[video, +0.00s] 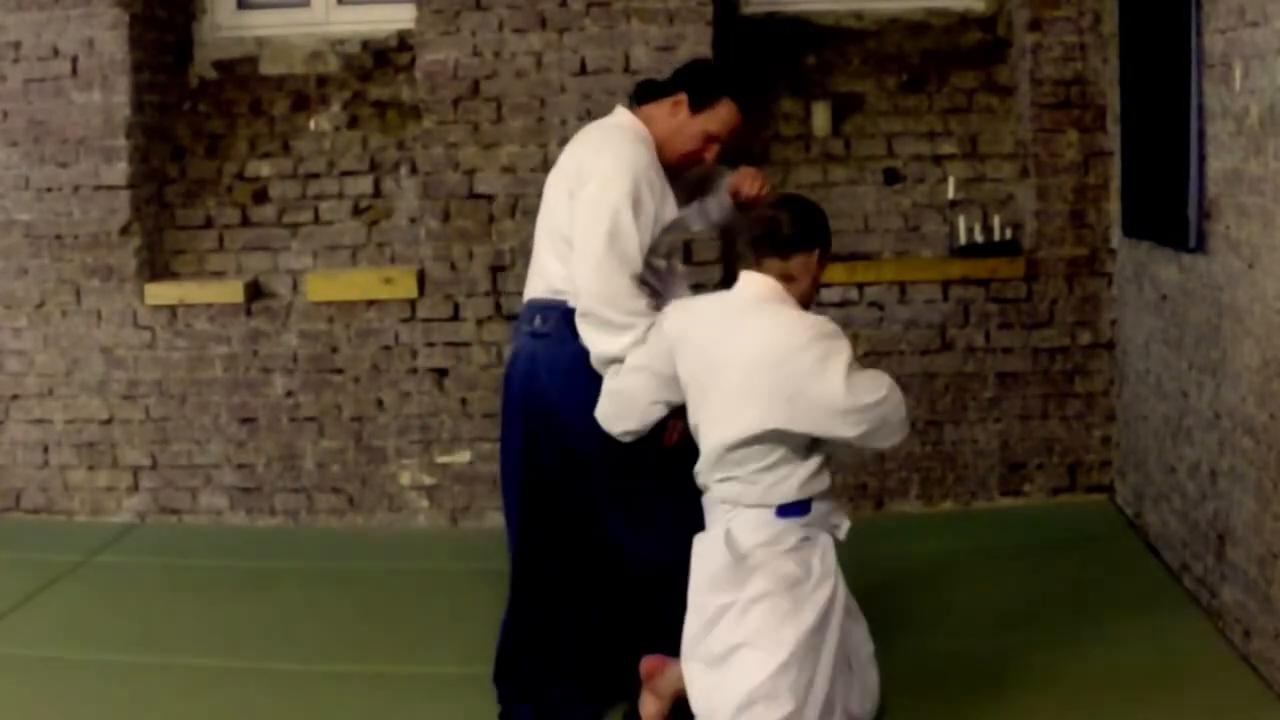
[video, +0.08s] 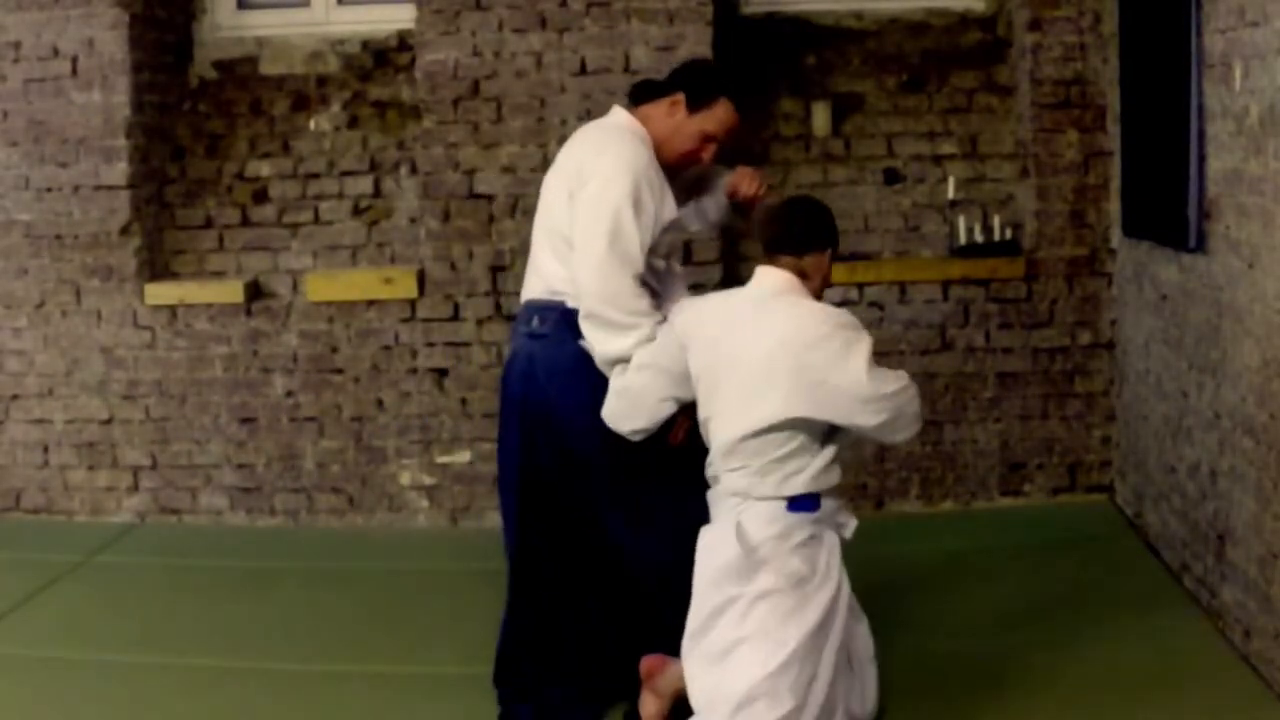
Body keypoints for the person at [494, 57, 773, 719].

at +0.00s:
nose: (708, 158)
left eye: (719, 147)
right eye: (709, 138)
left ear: (670, 107)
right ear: (678, 105)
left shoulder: (612, 145)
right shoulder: (620, 157)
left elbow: (657, 229)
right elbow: (604, 289)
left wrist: (725, 201)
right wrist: (658, 391)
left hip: (558, 352)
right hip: (579, 360)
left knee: (564, 540)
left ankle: (548, 694)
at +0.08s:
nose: (706, 157)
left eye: (716, 146)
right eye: (706, 138)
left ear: (667, 107)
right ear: (675, 105)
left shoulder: (604, 144)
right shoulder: (620, 159)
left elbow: (657, 228)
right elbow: (606, 293)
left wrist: (723, 200)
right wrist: (661, 392)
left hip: (550, 352)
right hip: (581, 360)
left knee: (560, 539)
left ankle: (545, 693)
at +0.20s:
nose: (704, 157)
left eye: (714, 146)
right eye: (704, 137)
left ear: (664, 108)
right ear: (672, 106)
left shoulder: (595, 143)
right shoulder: (621, 159)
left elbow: (655, 227)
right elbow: (614, 296)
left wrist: (720, 199)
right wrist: (669, 388)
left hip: (539, 353)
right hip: (580, 359)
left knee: (556, 544)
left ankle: (544, 694)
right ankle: (663, 675)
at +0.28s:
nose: (703, 157)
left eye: (713, 146)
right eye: (703, 137)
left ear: (660, 107)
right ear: (670, 106)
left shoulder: (589, 141)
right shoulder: (622, 161)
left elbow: (648, 225)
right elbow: (621, 301)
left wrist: (717, 197)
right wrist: (679, 384)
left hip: (536, 355)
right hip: (582, 360)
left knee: (554, 547)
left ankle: (543, 695)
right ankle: (668, 674)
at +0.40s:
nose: (702, 156)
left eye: (712, 145)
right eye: (702, 137)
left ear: (658, 107)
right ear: (668, 106)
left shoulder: (583, 141)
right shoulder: (622, 159)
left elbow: (645, 229)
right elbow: (629, 297)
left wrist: (716, 196)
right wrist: (688, 392)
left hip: (534, 356)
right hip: (585, 358)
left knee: (553, 547)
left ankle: (543, 695)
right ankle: (671, 674)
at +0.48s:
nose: (702, 156)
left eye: (712, 144)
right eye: (702, 136)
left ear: (657, 107)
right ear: (668, 107)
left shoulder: (580, 142)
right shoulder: (623, 159)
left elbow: (645, 227)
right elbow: (631, 298)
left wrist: (715, 193)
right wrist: (689, 393)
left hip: (533, 356)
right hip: (586, 358)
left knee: (552, 547)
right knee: (690, 510)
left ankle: (543, 695)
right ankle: (672, 670)